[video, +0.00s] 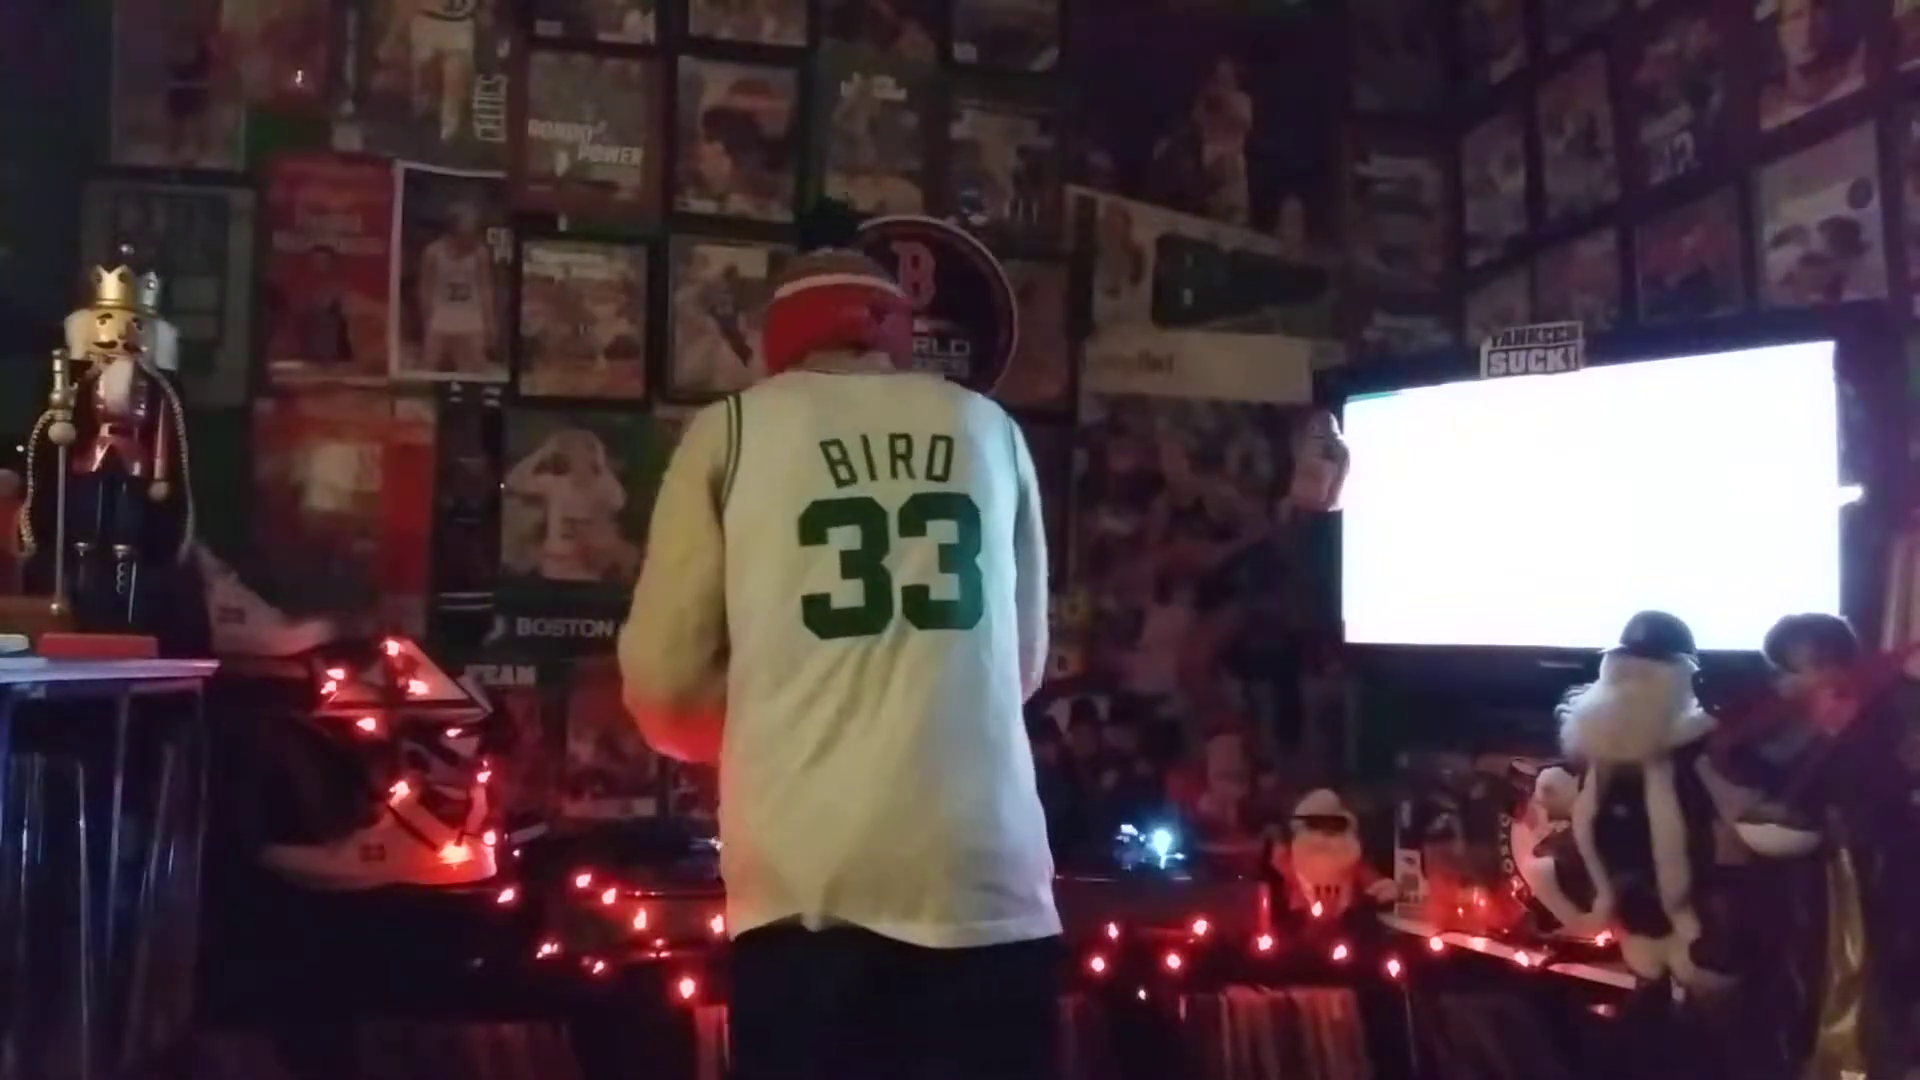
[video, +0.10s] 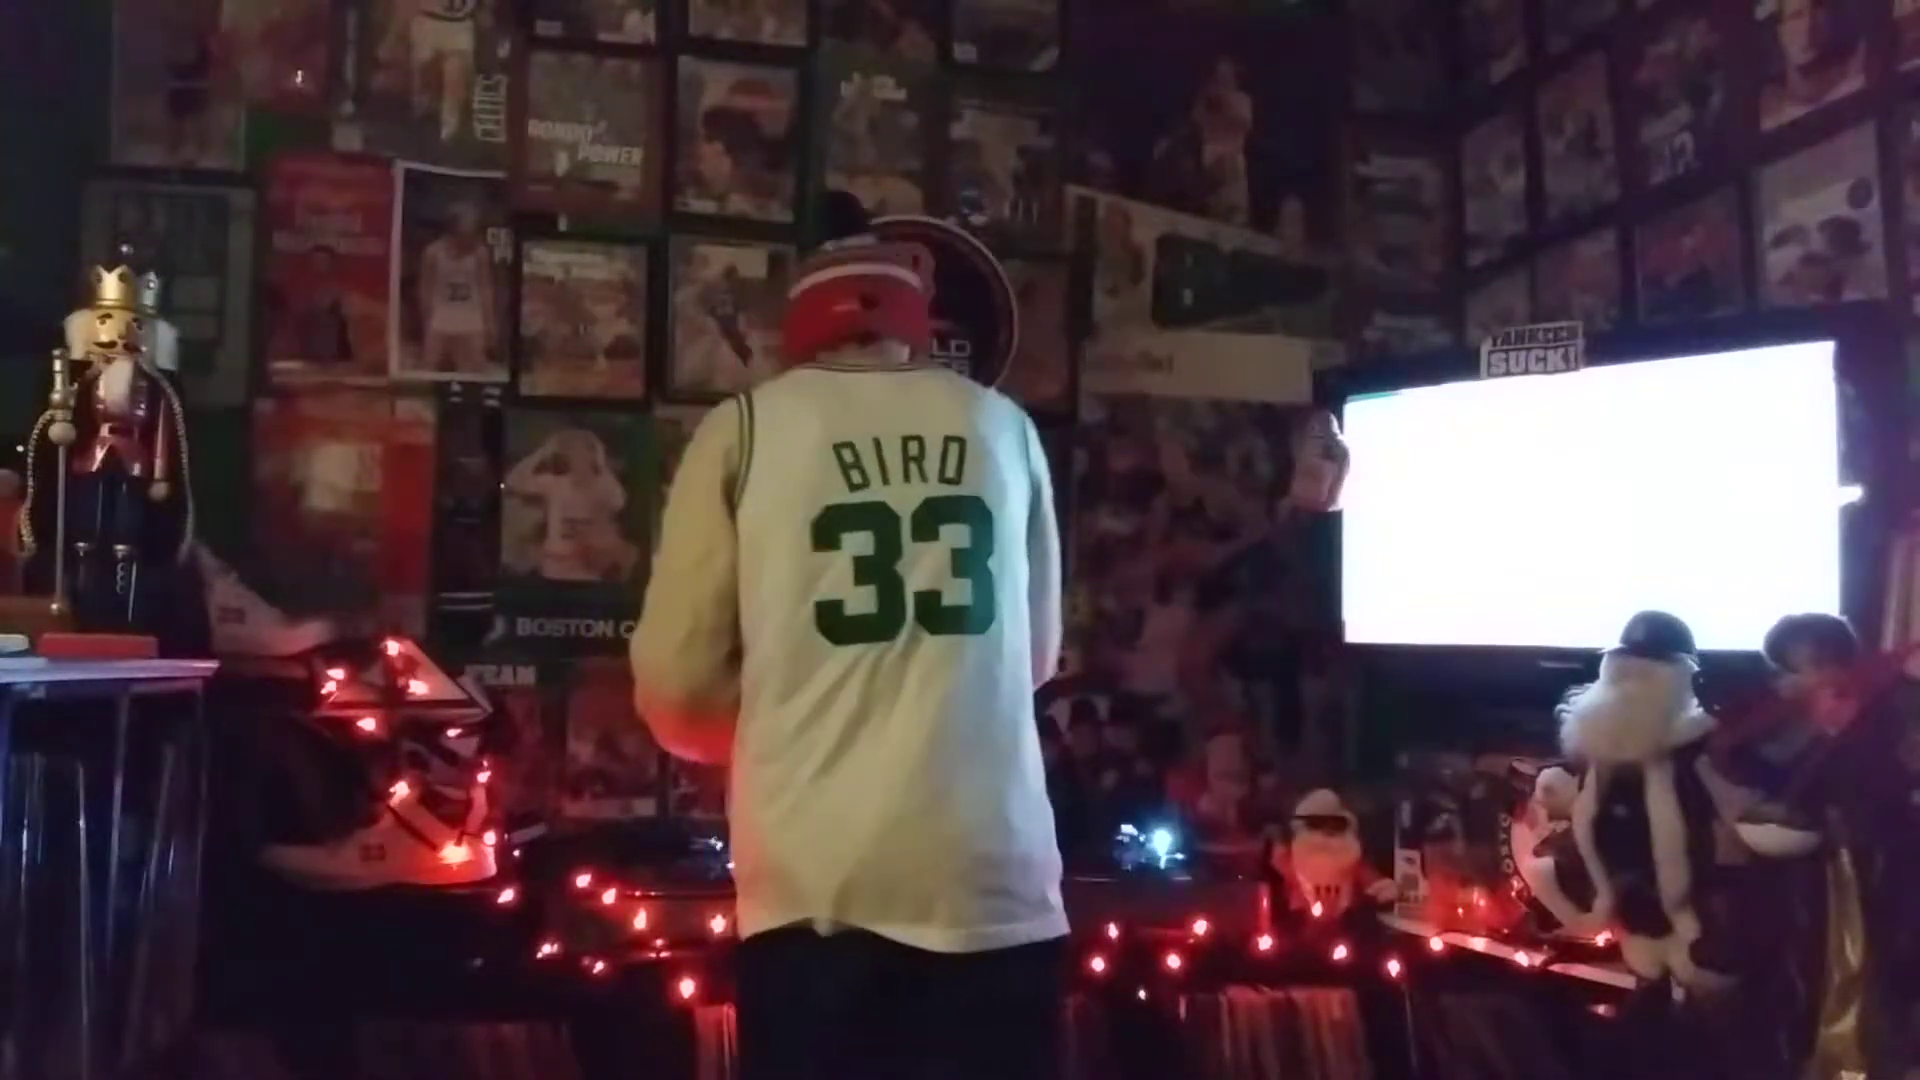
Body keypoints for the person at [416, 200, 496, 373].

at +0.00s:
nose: (466, 235)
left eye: (470, 230)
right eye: (462, 230)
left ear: (475, 230)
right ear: (453, 228)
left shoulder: (480, 253)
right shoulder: (434, 252)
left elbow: (486, 290)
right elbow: (425, 288)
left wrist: (490, 324)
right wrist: (428, 318)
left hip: (471, 326)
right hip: (440, 325)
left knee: (472, 379)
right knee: (435, 378)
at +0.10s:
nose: (466, 235)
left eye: (470, 230)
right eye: (462, 230)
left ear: (475, 230)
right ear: (453, 229)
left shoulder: (480, 253)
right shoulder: (434, 253)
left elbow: (486, 290)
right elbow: (425, 288)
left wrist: (490, 324)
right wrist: (427, 318)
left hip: (471, 327)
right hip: (440, 326)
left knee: (471, 379)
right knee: (435, 379)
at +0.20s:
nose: (467, 234)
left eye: (470, 229)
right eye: (463, 228)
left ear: (475, 229)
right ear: (453, 228)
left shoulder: (480, 253)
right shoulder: (434, 252)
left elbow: (486, 290)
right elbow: (425, 288)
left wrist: (490, 325)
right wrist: (427, 319)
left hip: (472, 328)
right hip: (440, 327)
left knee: (472, 380)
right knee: (434, 379)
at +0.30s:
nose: (466, 237)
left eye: (470, 232)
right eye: (462, 232)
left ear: (475, 232)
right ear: (452, 230)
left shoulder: (480, 253)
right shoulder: (434, 252)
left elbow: (486, 290)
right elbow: (425, 288)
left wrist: (489, 324)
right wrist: (428, 318)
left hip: (472, 328)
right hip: (440, 327)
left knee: (472, 381)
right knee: (433, 380)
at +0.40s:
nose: (466, 237)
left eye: (470, 232)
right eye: (462, 231)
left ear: (475, 231)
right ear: (452, 230)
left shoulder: (480, 253)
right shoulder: (434, 252)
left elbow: (487, 290)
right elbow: (425, 287)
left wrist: (490, 323)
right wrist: (428, 317)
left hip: (472, 327)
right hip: (440, 327)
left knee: (472, 380)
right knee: (434, 380)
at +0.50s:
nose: (466, 236)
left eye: (470, 231)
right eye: (462, 231)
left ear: (475, 231)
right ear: (453, 229)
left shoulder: (480, 253)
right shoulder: (434, 252)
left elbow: (487, 290)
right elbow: (425, 287)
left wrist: (490, 323)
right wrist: (428, 316)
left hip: (472, 327)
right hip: (440, 326)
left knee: (471, 379)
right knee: (434, 379)